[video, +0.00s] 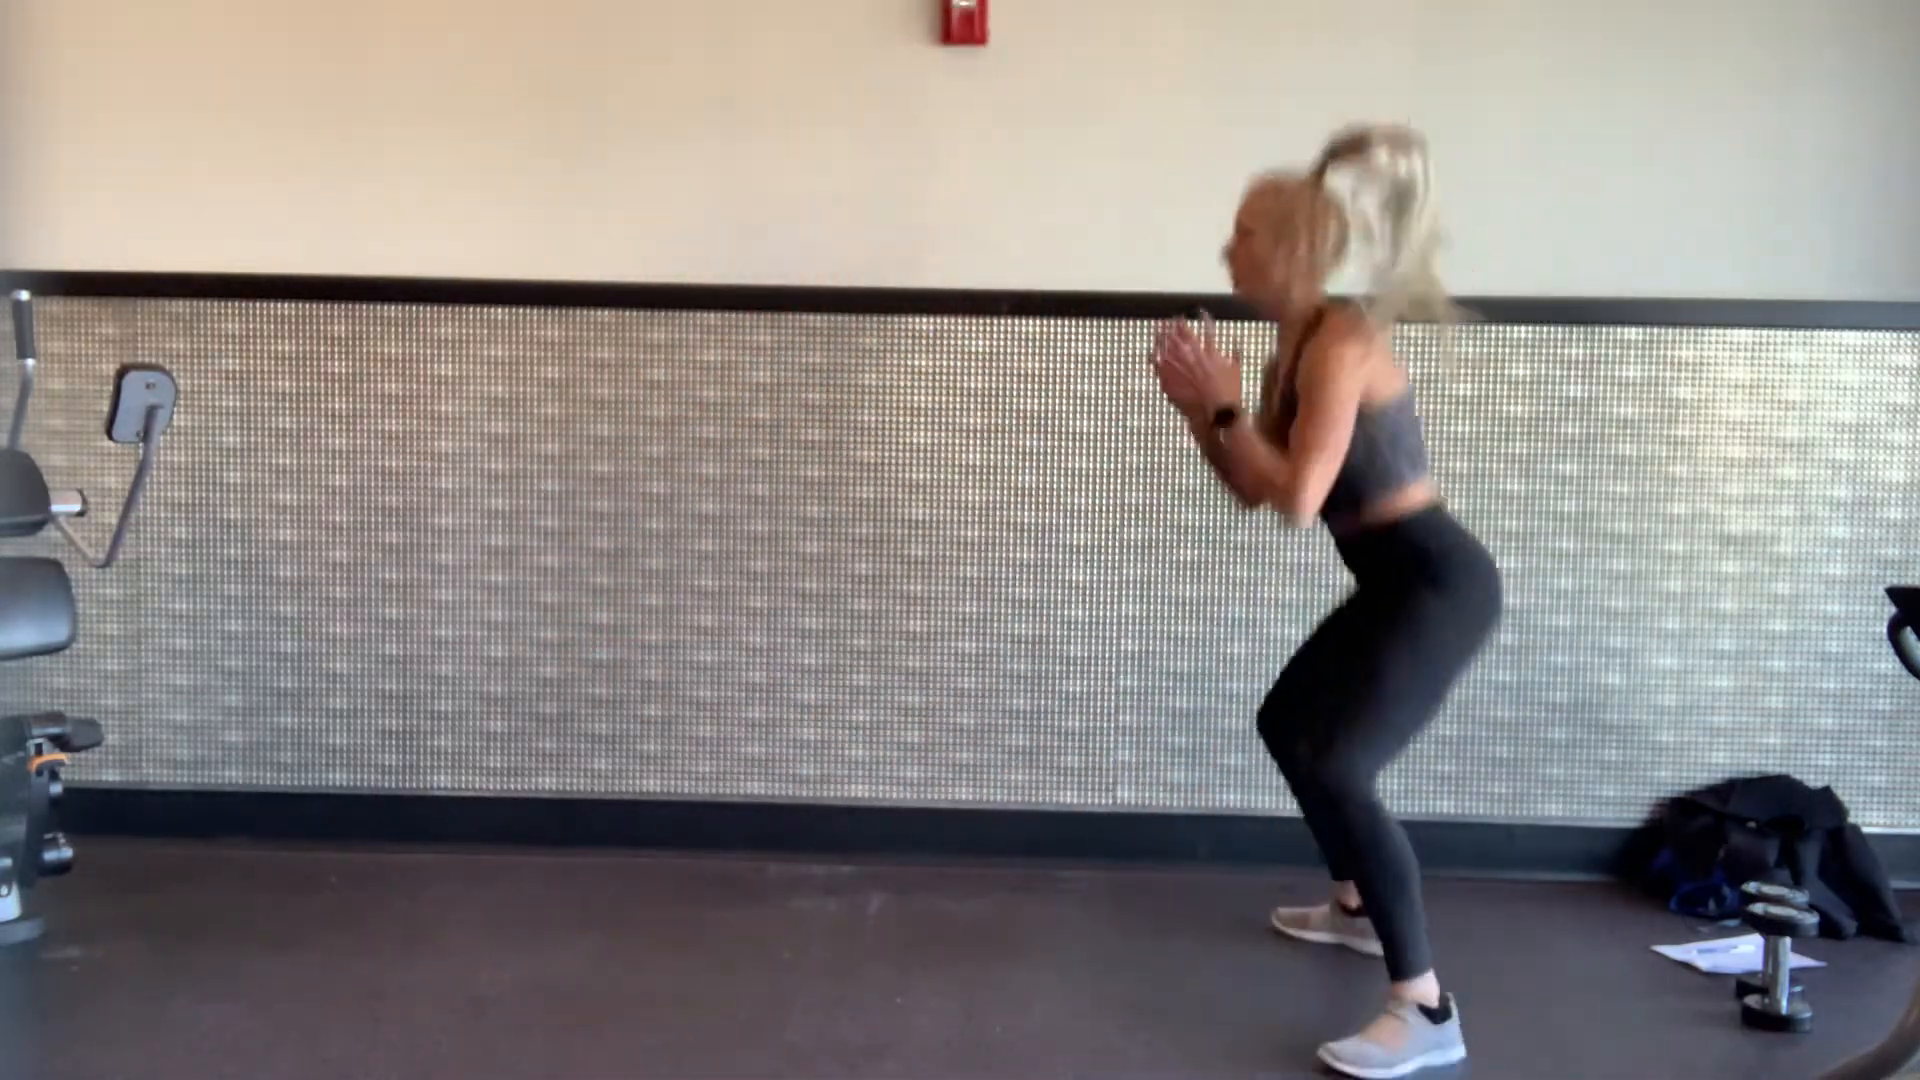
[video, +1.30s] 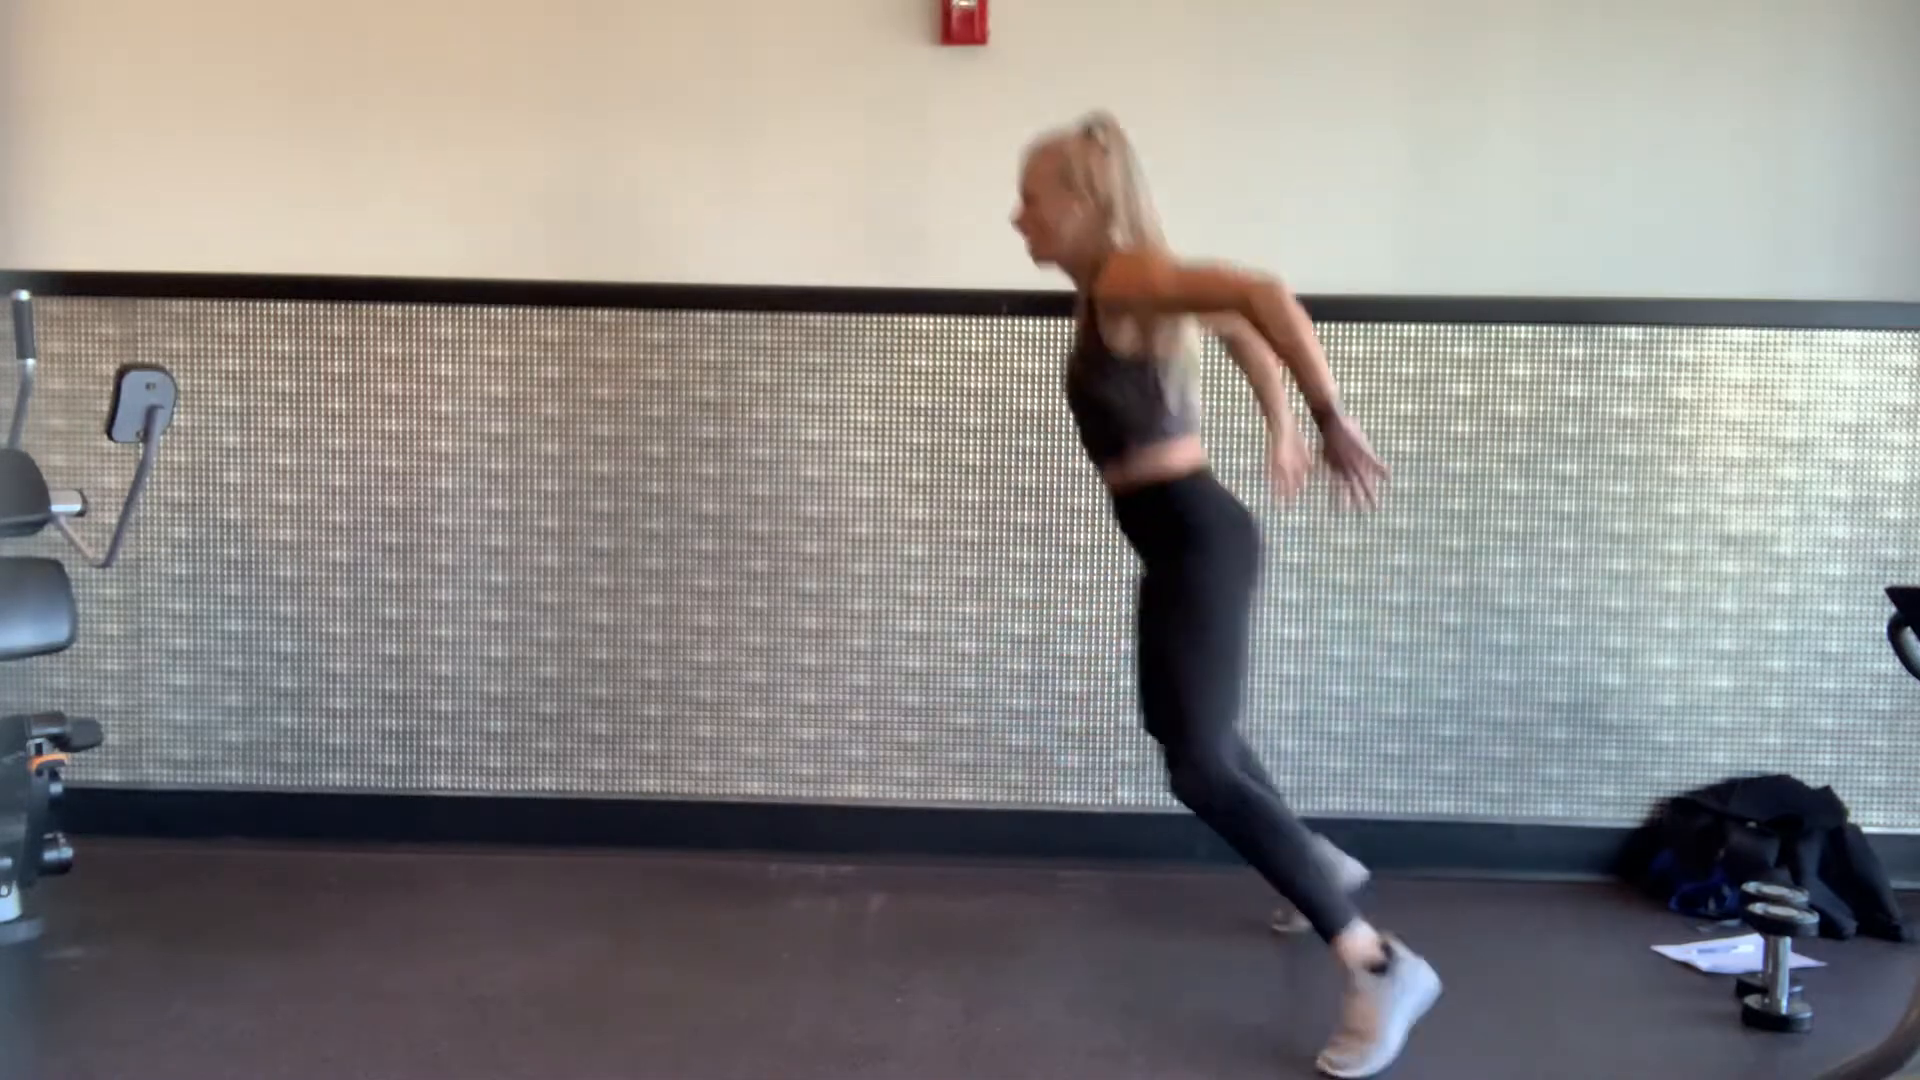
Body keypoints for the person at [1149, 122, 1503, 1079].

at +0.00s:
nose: (1230, 243)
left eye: (1248, 233)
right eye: (1238, 228)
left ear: (1297, 253)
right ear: (1295, 253)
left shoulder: (1340, 340)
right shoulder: (1304, 340)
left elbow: (1296, 493)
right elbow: (1261, 482)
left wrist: (1219, 414)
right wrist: (1208, 411)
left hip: (1439, 585)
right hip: (1396, 582)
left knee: (1339, 766)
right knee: (1288, 722)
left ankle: (1424, 1002)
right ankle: (1362, 904)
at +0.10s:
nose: (1223, 388)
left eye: (1237, 373)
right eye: (1225, 370)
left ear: (1282, 383)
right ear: (1283, 384)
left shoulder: (1335, 463)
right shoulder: (1291, 467)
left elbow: (1251, 603)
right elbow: (1204, 583)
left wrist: (1212, 495)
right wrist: (1204, 490)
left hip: (1483, 671)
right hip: (1426, 663)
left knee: (1323, 779)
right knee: (1277, 729)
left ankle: (1419, 1007)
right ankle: (1358, 907)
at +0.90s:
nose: (1168, 408)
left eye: (1181, 394)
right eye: (1171, 392)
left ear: (1230, 407)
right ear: (1232, 409)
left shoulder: (1277, 488)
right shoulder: (1242, 485)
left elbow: (1148, 593)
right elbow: (1142, 566)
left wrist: (1063, 509)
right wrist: (1062, 508)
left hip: (1469, 669)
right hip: (1412, 658)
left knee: (1321, 782)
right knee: (1274, 727)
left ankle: (1419, 1007)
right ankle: (1357, 906)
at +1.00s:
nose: (1143, 418)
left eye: (1154, 400)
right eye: (1144, 401)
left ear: (1208, 404)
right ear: (1207, 408)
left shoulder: (1259, 488)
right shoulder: (1215, 492)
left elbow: (1141, 603)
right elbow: (1120, 583)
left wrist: (1014, 641)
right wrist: (1012, 631)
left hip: (1446, 669)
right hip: (1390, 662)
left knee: (1299, 794)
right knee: (1255, 734)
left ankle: (1419, 1010)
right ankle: (1357, 907)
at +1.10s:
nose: (1104, 397)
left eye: (1115, 380)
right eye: (1106, 380)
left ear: (1166, 383)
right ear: (1165, 384)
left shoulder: (1221, 465)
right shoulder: (1188, 471)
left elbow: (1204, 614)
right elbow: (1161, 596)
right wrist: (1086, 693)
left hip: (1400, 651)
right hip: (1347, 649)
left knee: (1269, 811)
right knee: (1232, 747)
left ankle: (1414, 1008)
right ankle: (1350, 906)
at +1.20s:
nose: (1058, 323)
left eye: (1072, 307)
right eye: (1061, 306)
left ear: (1118, 319)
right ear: (1121, 320)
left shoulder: (1172, 403)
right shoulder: (1147, 401)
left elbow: (1283, 500)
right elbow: (1245, 502)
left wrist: (1317, 640)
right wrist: (1249, 605)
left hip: (1321, 607)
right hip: (1282, 603)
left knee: (1248, 817)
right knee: (1213, 756)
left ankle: (1411, 1005)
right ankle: (1347, 902)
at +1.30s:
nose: (1020, 221)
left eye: (1032, 204)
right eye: (1020, 204)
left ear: (1080, 203)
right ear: (1080, 207)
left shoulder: (1123, 278)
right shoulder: (1103, 284)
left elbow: (1263, 294)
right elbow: (1237, 322)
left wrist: (1331, 417)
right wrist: (1283, 424)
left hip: (1199, 538)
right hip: (1173, 539)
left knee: (1203, 772)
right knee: (1192, 747)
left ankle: (1376, 964)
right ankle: (1323, 866)